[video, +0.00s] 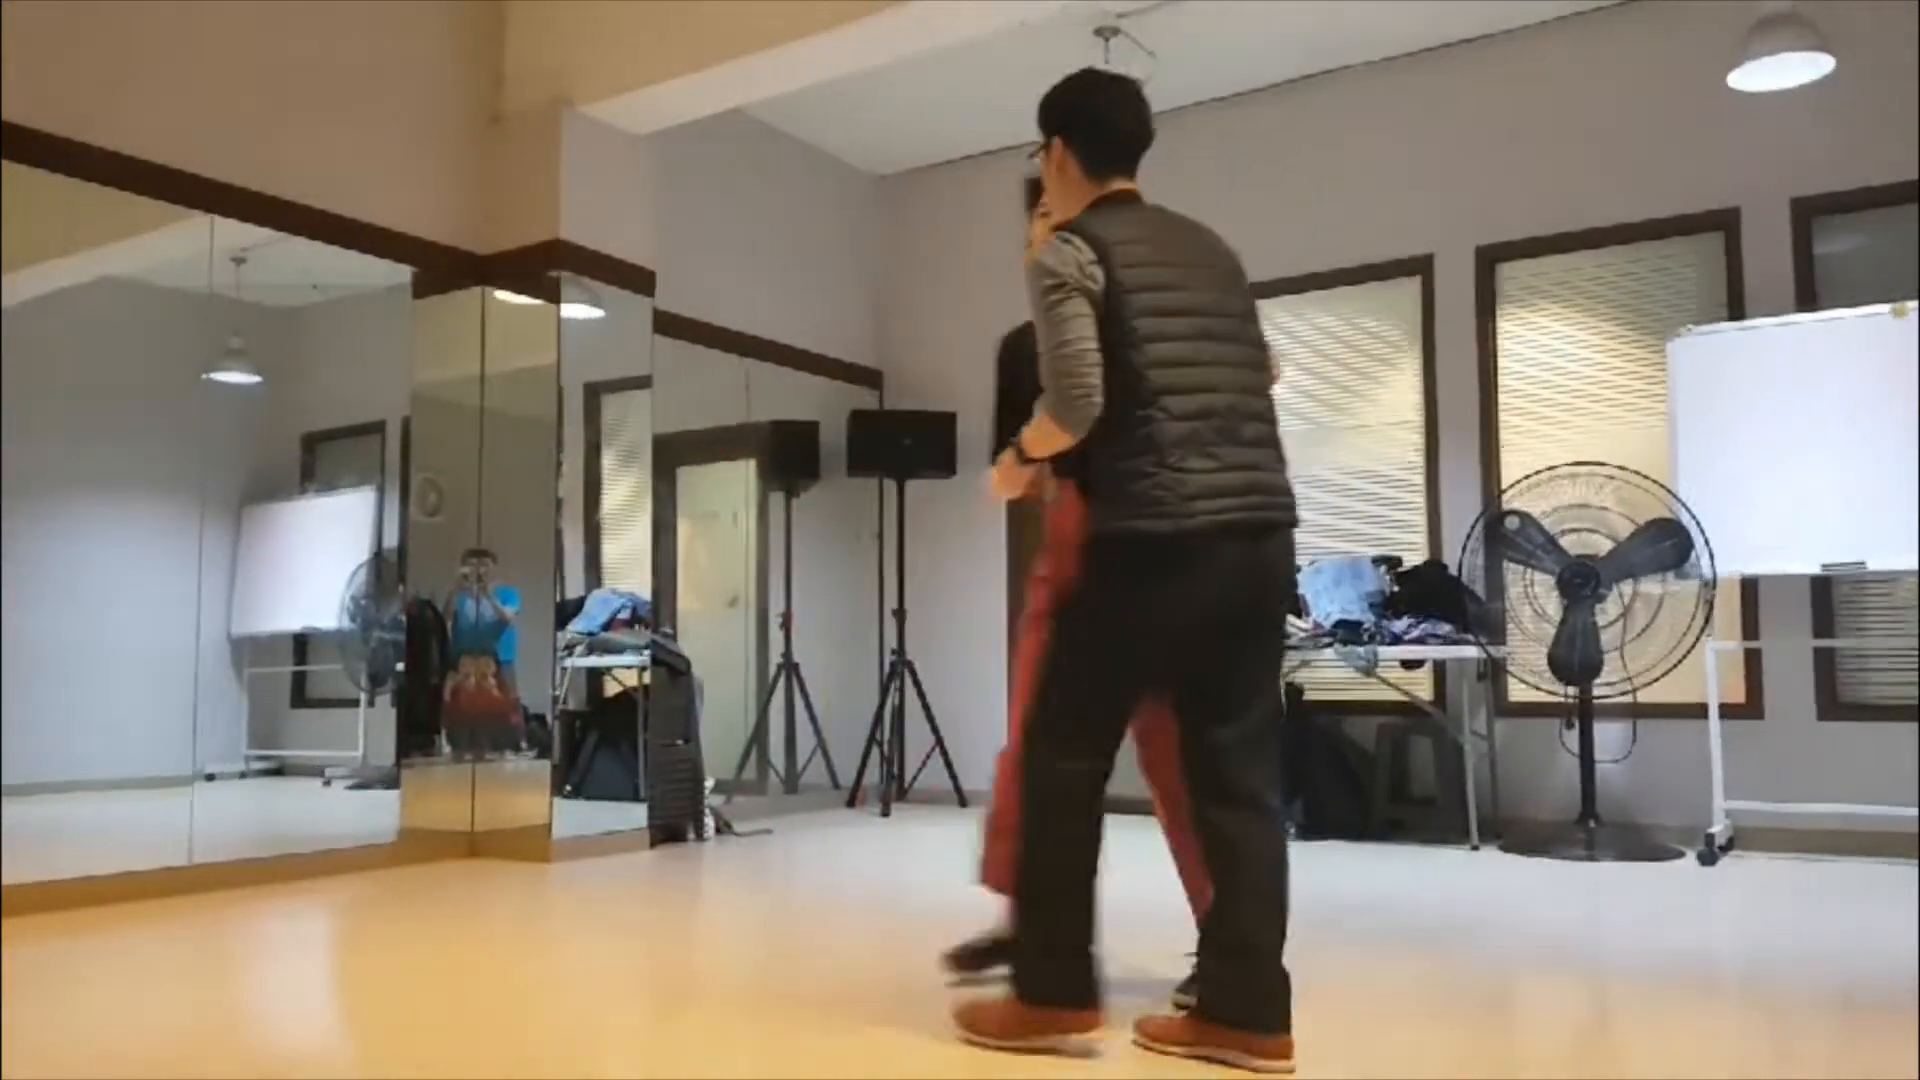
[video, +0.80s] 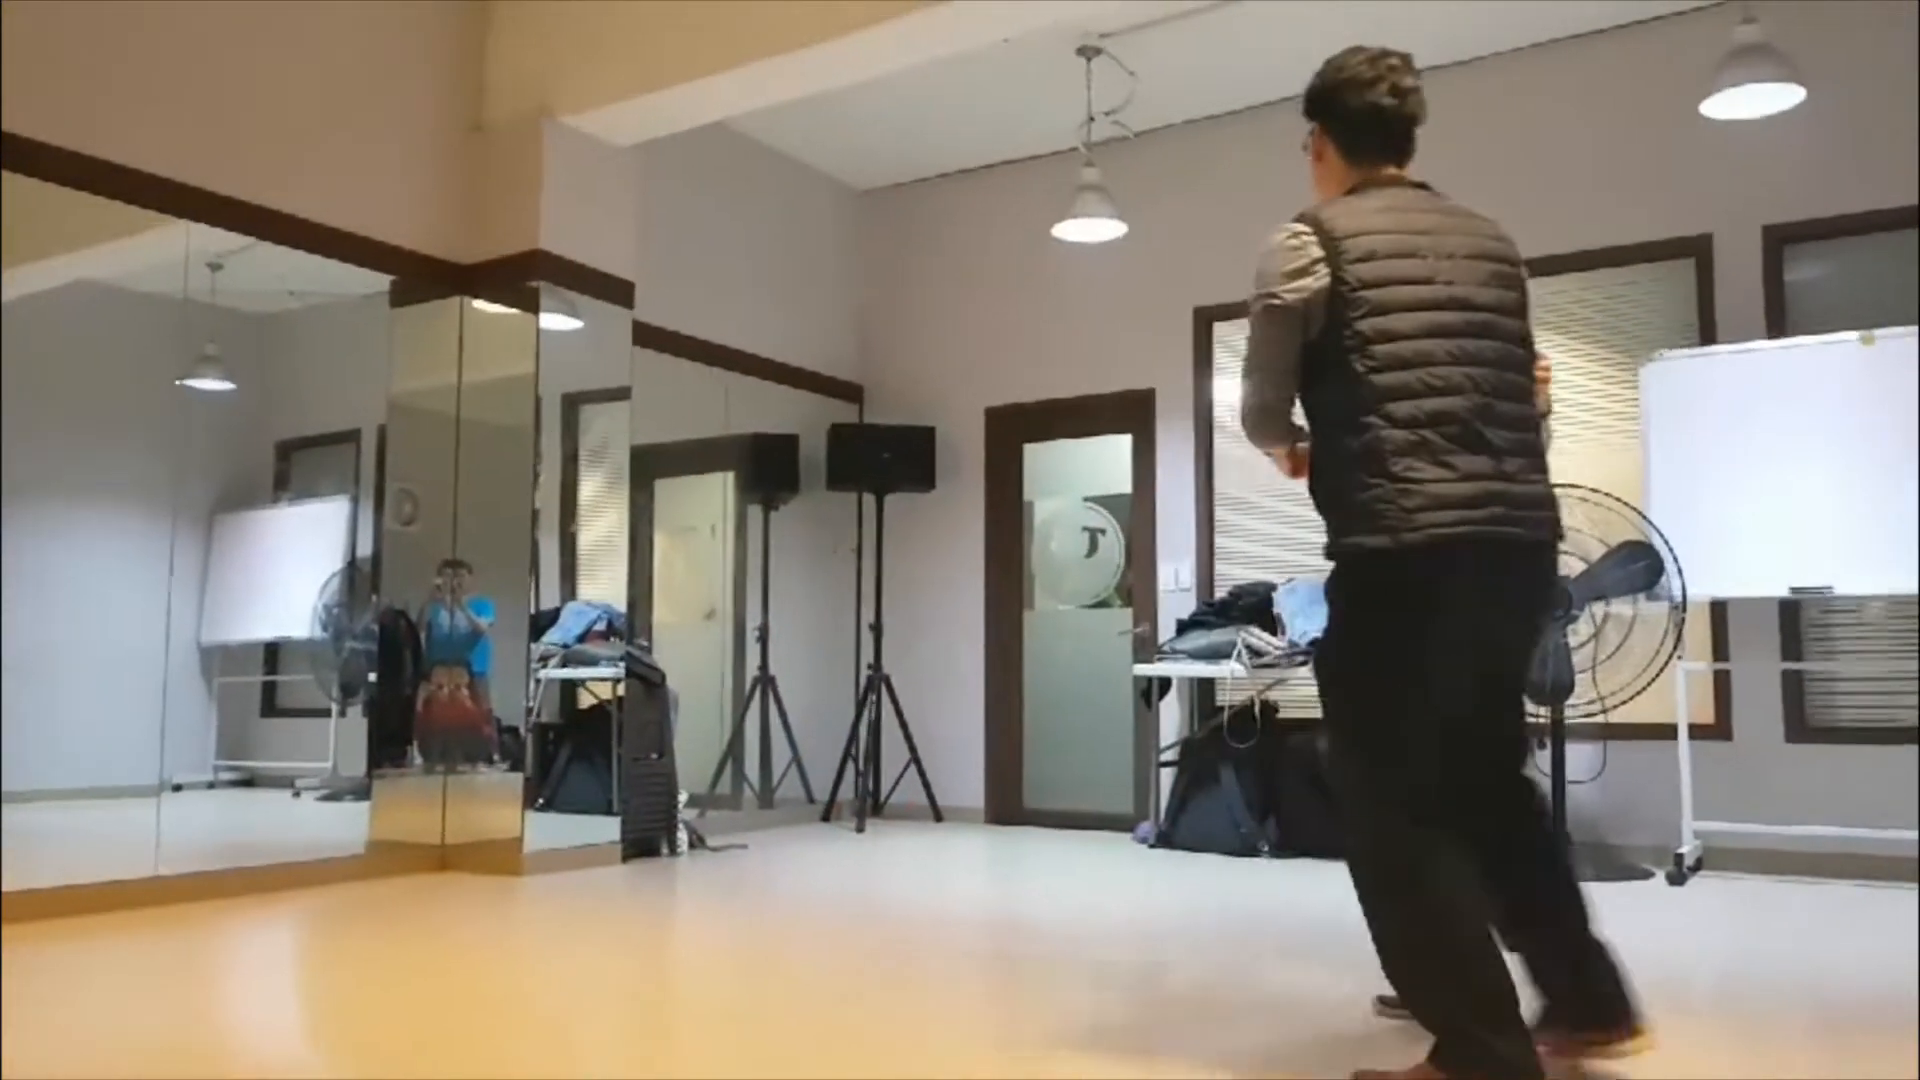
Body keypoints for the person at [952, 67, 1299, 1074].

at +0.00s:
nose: (1039, 179)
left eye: (1041, 163)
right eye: (1040, 166)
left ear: (1059, 156)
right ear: (1139, 158)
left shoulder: (1068, 247)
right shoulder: (1208, 245)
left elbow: (1075, 406)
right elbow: (1260, 372)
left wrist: (1023, 455)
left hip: (1152, 542)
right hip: (1255, 542)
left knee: (1062, 753)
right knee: (1236, 771)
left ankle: (1054, 995)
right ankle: (1248, 1009)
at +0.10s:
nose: (1062, 165)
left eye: (1063, 148)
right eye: (1067, 149)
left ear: (1081, 147)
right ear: (1159, 149)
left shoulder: (1088, 239)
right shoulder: (1234, 234)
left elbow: (1100, 390)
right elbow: (1273, 361)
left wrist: (1062, 451)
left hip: (1176, 540)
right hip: (1284, 536)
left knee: (1090, 745)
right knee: (1260, 762)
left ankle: (1138, 985)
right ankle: (1255, 1012)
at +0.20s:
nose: (1101, 162)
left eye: (1101, 145)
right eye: (1105, 146)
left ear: (1120, 145)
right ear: (1196, 143)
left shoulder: (1125, 240)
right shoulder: (1274, 233)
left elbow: (1125, 383)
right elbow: (1319, 354)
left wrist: (1109, 445)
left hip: (1213, 544)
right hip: (1319, 537)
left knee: (1141, 751)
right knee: (1275, 761)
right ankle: (1230, 1002)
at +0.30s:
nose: (1136, 168)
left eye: (1135, 152)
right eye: (1135, 153)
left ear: (1152, 147)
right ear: (1238, 148)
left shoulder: (1164, 247)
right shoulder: (1311, 240)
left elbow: (1143, 420)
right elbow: (1355, 373)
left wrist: (1153, 470)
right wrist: (1226, 442)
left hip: (1254, 557)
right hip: (1350, 548)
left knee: (1221, 788)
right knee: (1279, 784)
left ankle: (1424, 971)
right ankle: (1241, 1016)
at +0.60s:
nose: (1237, 163)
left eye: (1236, 147)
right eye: (1239, 149)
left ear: (1249, 144)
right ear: (1336, 139)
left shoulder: (1252, 240)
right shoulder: (1421, 231)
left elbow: (1218, 402)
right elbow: (1441, 375)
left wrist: (1227, 443)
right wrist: (1323, 434)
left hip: (1360, 546)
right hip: (1465, 534)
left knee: (1382, 795)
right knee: (1351, 764)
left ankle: (1497, 1049)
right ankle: (1341, 995)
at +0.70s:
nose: (1270, 158)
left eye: (1270, 142)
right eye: (1277, 143)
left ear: (1286, 139)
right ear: (1371, 136)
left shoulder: (1281, 232)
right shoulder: (1453, 225)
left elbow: (1238, 396)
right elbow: (1480, 377)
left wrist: (1256, 433)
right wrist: (1322, 428)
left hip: (1381, 544)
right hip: (1494, 533)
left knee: (1389, 797)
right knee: (1423, 777)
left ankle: (1495, 1054)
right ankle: (1434, 990)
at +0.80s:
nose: (1306, 163)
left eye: (1305, 147)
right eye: (1309, 148)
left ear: (1320, 146)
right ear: (1409, 142)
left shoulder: (1311, 238)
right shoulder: (1490, 237)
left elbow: (1263, 414)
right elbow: (1515, 385)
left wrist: (1300, 452)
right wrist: (1357, 442)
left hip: (1401, 555)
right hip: (1517, 544)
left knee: (1386, 801)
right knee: (1483, 772)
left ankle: (1481, 1053)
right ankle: (1590, 1007)